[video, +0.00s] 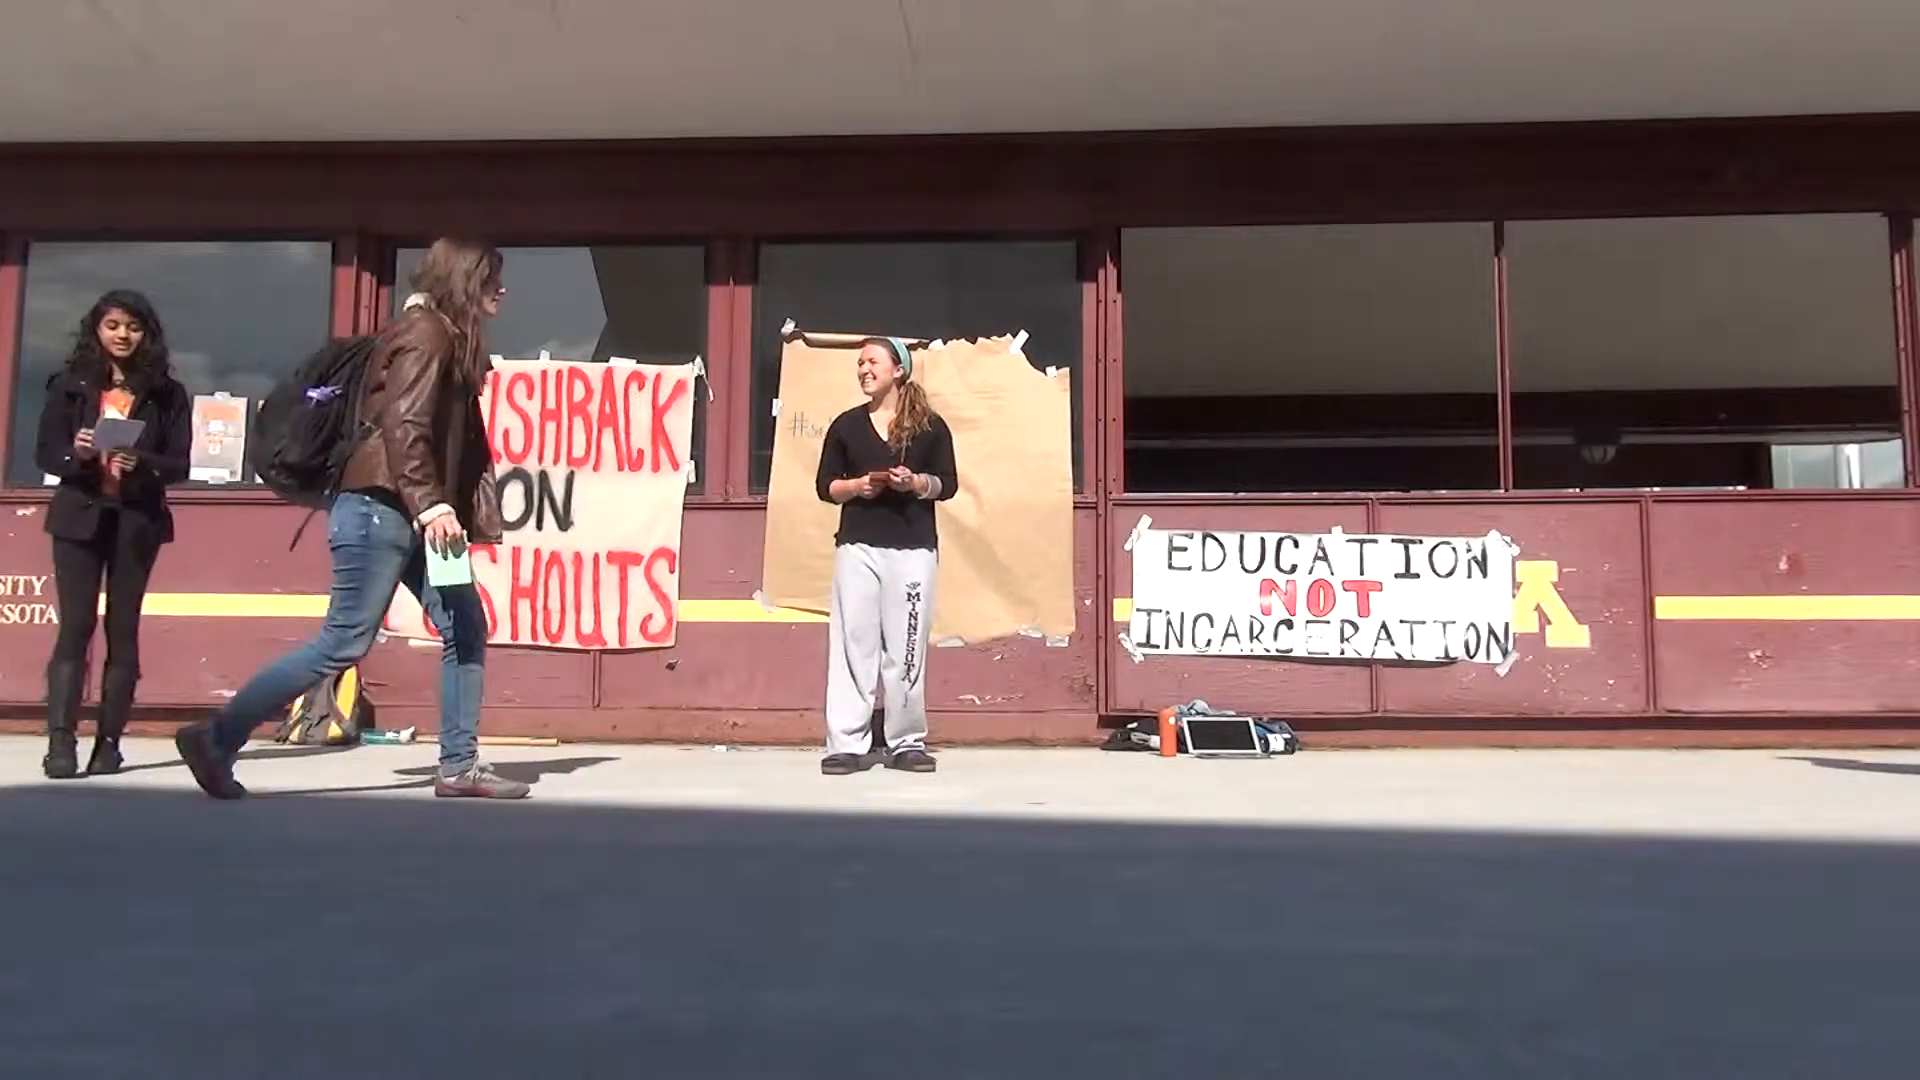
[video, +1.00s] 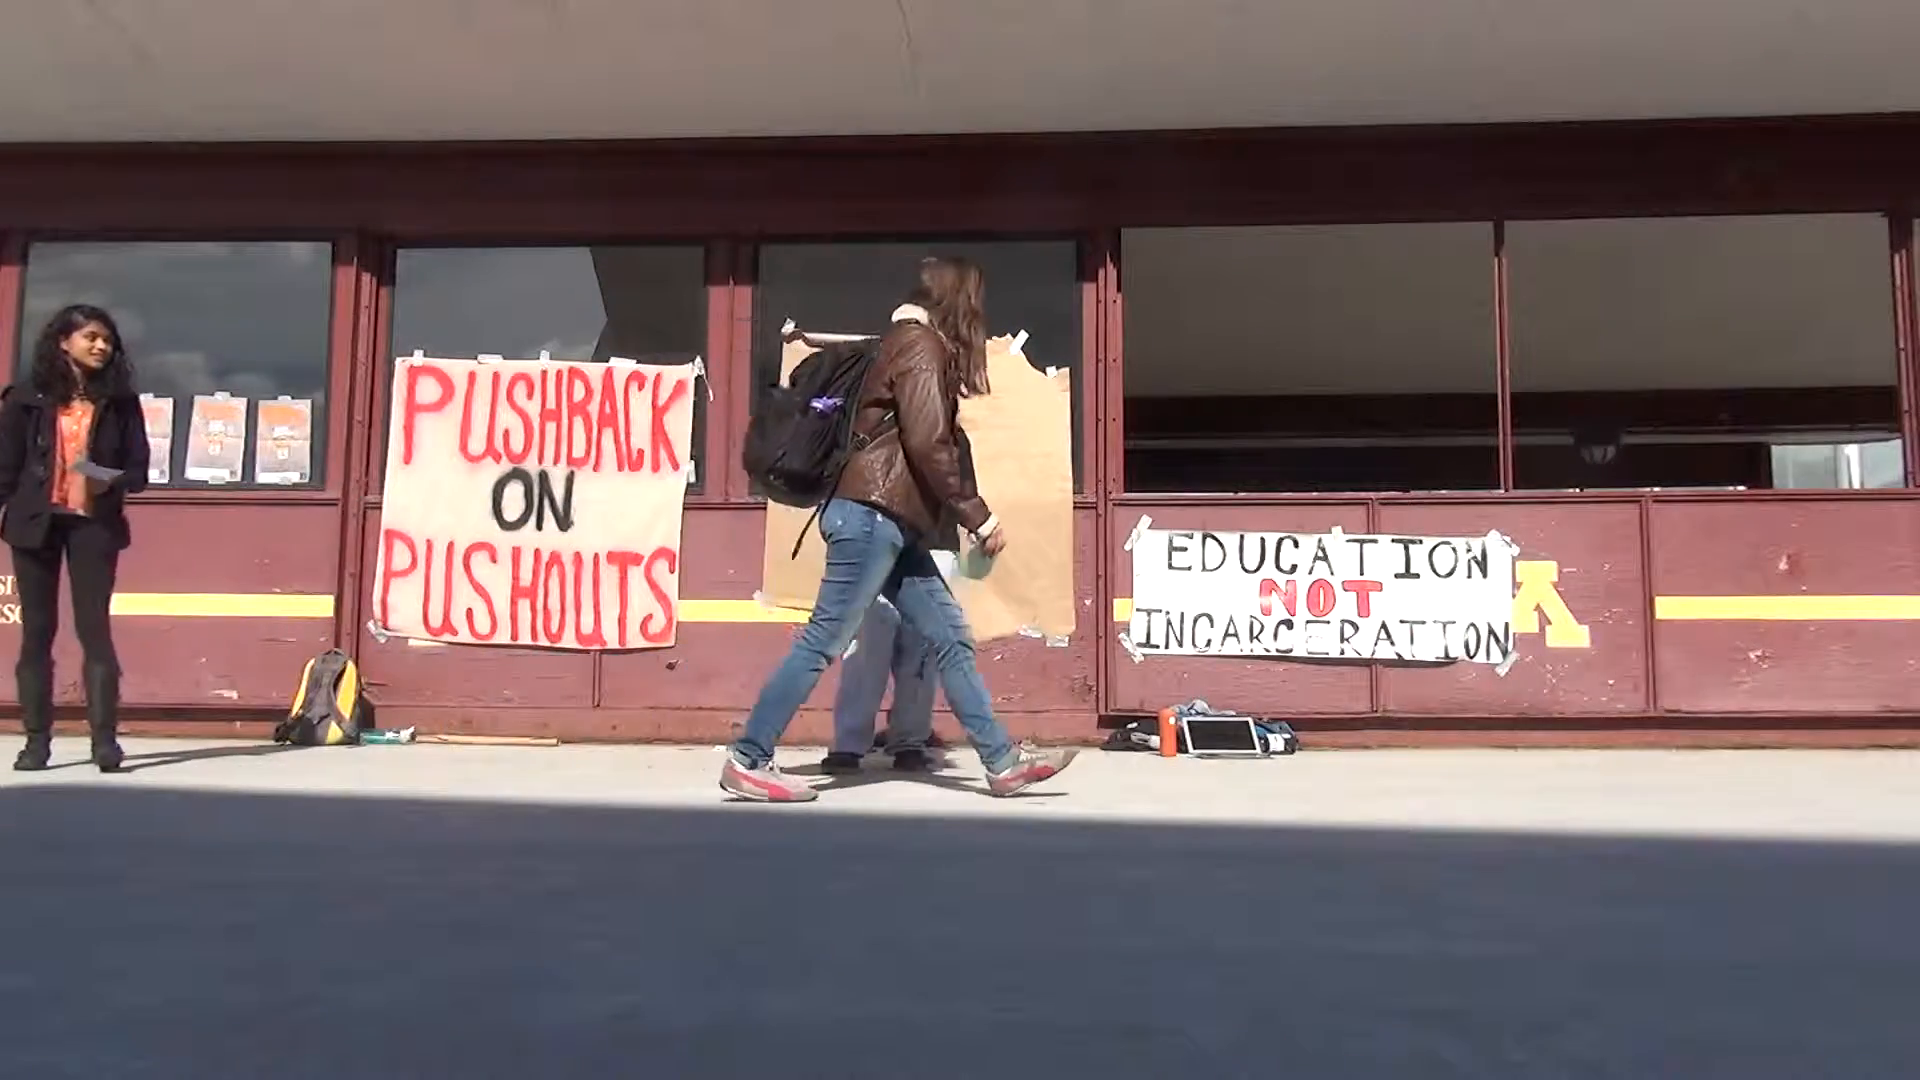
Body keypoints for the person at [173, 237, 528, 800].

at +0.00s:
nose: (501, 291)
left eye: (500, 281)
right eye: (494, 280)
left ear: (453, 277)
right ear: (466, 281)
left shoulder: (447, 337)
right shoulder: (424, 333)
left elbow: (446, 437)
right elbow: (406, 427)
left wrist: (462, 506)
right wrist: (429, 503)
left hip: (413, 513)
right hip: (375, 505)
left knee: (467, 625)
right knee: (342, 644)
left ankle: (458, 769)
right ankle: (214, 742)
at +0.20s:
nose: (587, 279)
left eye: (586, 268)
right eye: (582, 267)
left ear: (535, 261)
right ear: (562, 266)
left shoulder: (538, 317)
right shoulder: (518, 311)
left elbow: (509, 411)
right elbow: (491, 403)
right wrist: (483, 489)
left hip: (486, 491)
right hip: (478, 491)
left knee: (489, 628)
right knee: (534, 616)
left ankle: (462, 760)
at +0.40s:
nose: (686, 309)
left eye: (686, 298)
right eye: (680, 297)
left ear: (635, 289)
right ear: (653, 293)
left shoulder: (620, 337)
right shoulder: (613, 334)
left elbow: (607, 429)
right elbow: (584, 426)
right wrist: (591, 513)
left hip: (560, 511)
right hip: (571, 511)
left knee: (527, 643)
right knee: (646, 633)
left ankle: (463, 762)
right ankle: (711, 760)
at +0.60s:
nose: (784, 294)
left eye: (782, 282)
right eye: (780, 283)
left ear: (730, 279)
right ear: (762, 283)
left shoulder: (710, 332)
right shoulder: (726, 338)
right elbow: (708, 434)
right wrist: (726, 518)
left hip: (665, 505)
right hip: (689, 508)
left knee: (671, 647)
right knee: (748, 625)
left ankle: (551, 723)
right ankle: (741, 770)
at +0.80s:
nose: (878, 279)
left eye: (875, 268)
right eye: (875, 268)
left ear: (826, 263)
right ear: (860, 269)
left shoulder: (815, 320)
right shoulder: (820, 321)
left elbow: (835, 420)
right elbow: (824, 420)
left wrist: (866, 488)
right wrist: (862, 502)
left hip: (783, 497)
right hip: (774, 494)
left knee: (837, 619)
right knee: (769, 630)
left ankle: (789, 753)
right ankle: (740, 769)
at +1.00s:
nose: (979, 312)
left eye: (978, 300)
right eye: (976, 300)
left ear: (927, 294)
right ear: (961, 300)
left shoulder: (912, 342)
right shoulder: (922, 346)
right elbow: (928, 442)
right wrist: (978, 516)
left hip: (886, 519)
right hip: (868, 512)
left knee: (949, 638)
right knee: (823, 641)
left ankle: (1003, 762)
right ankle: (746, 761)